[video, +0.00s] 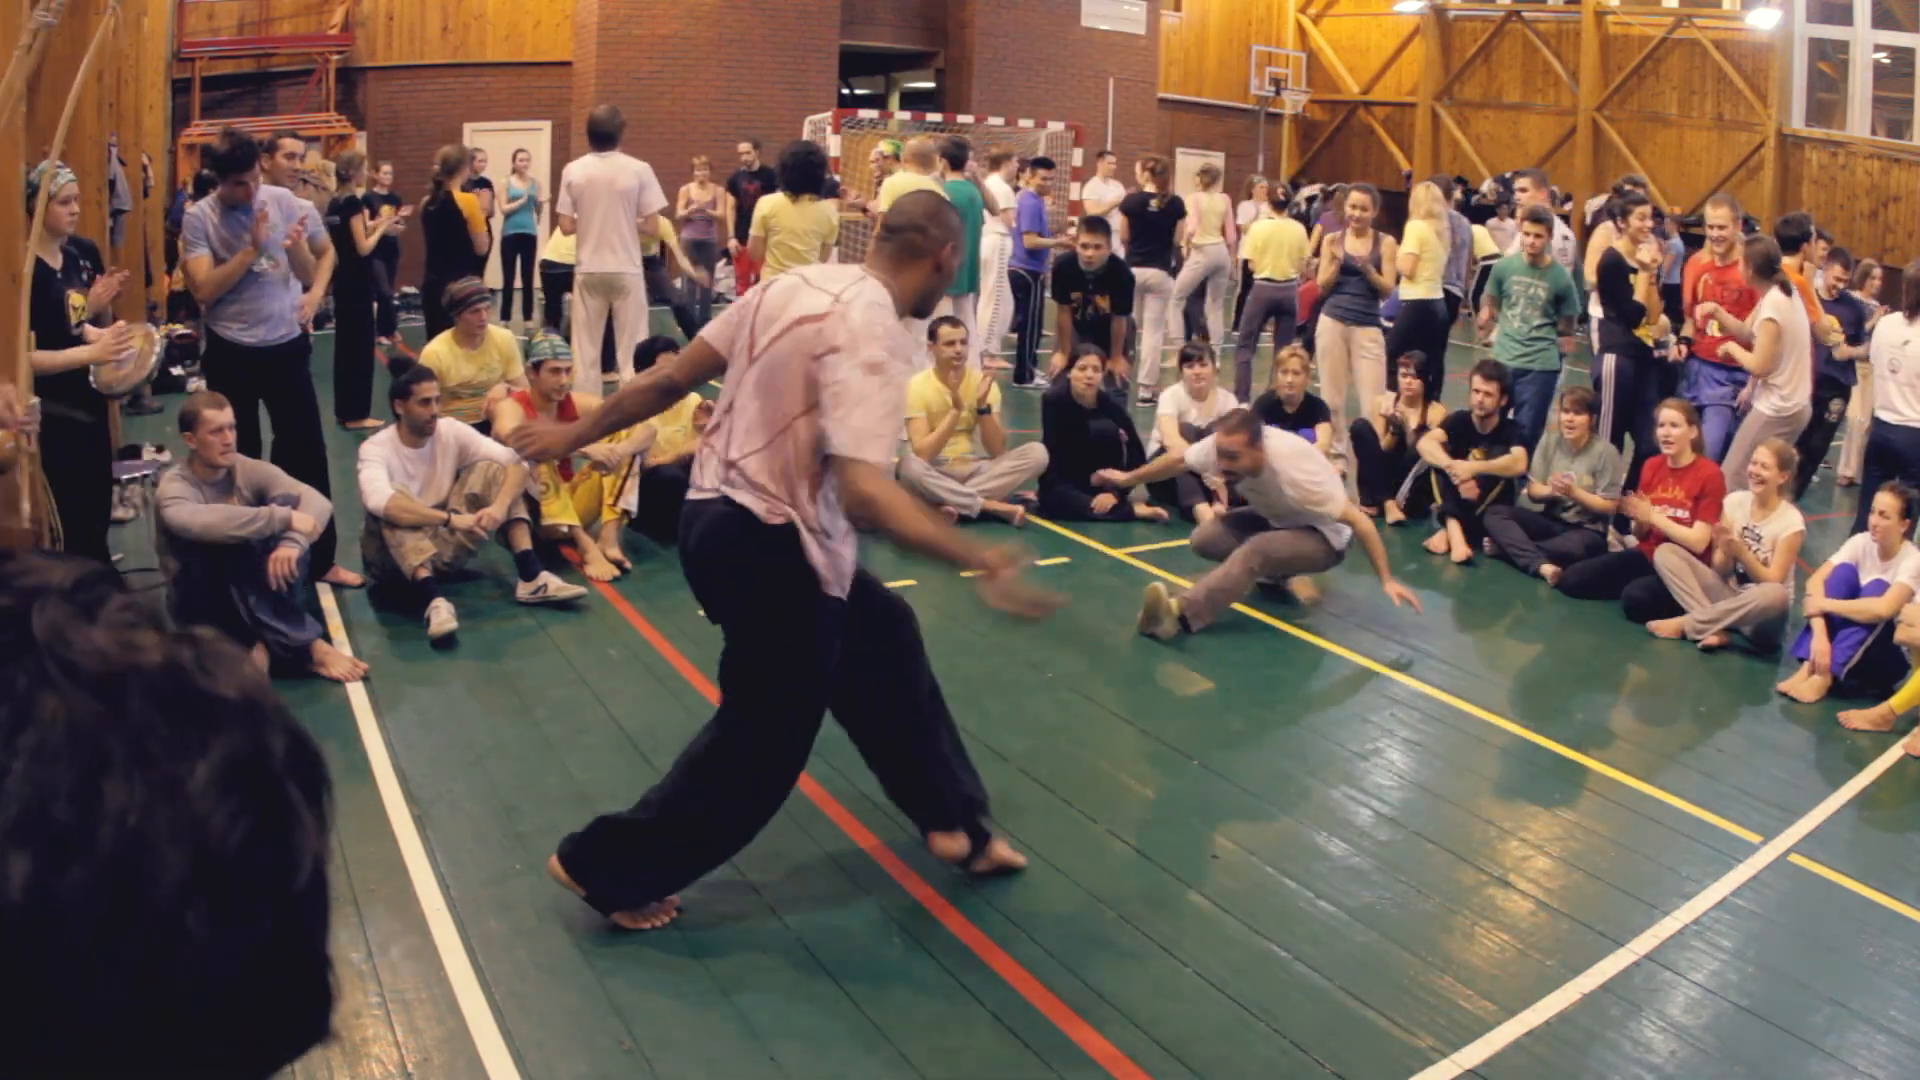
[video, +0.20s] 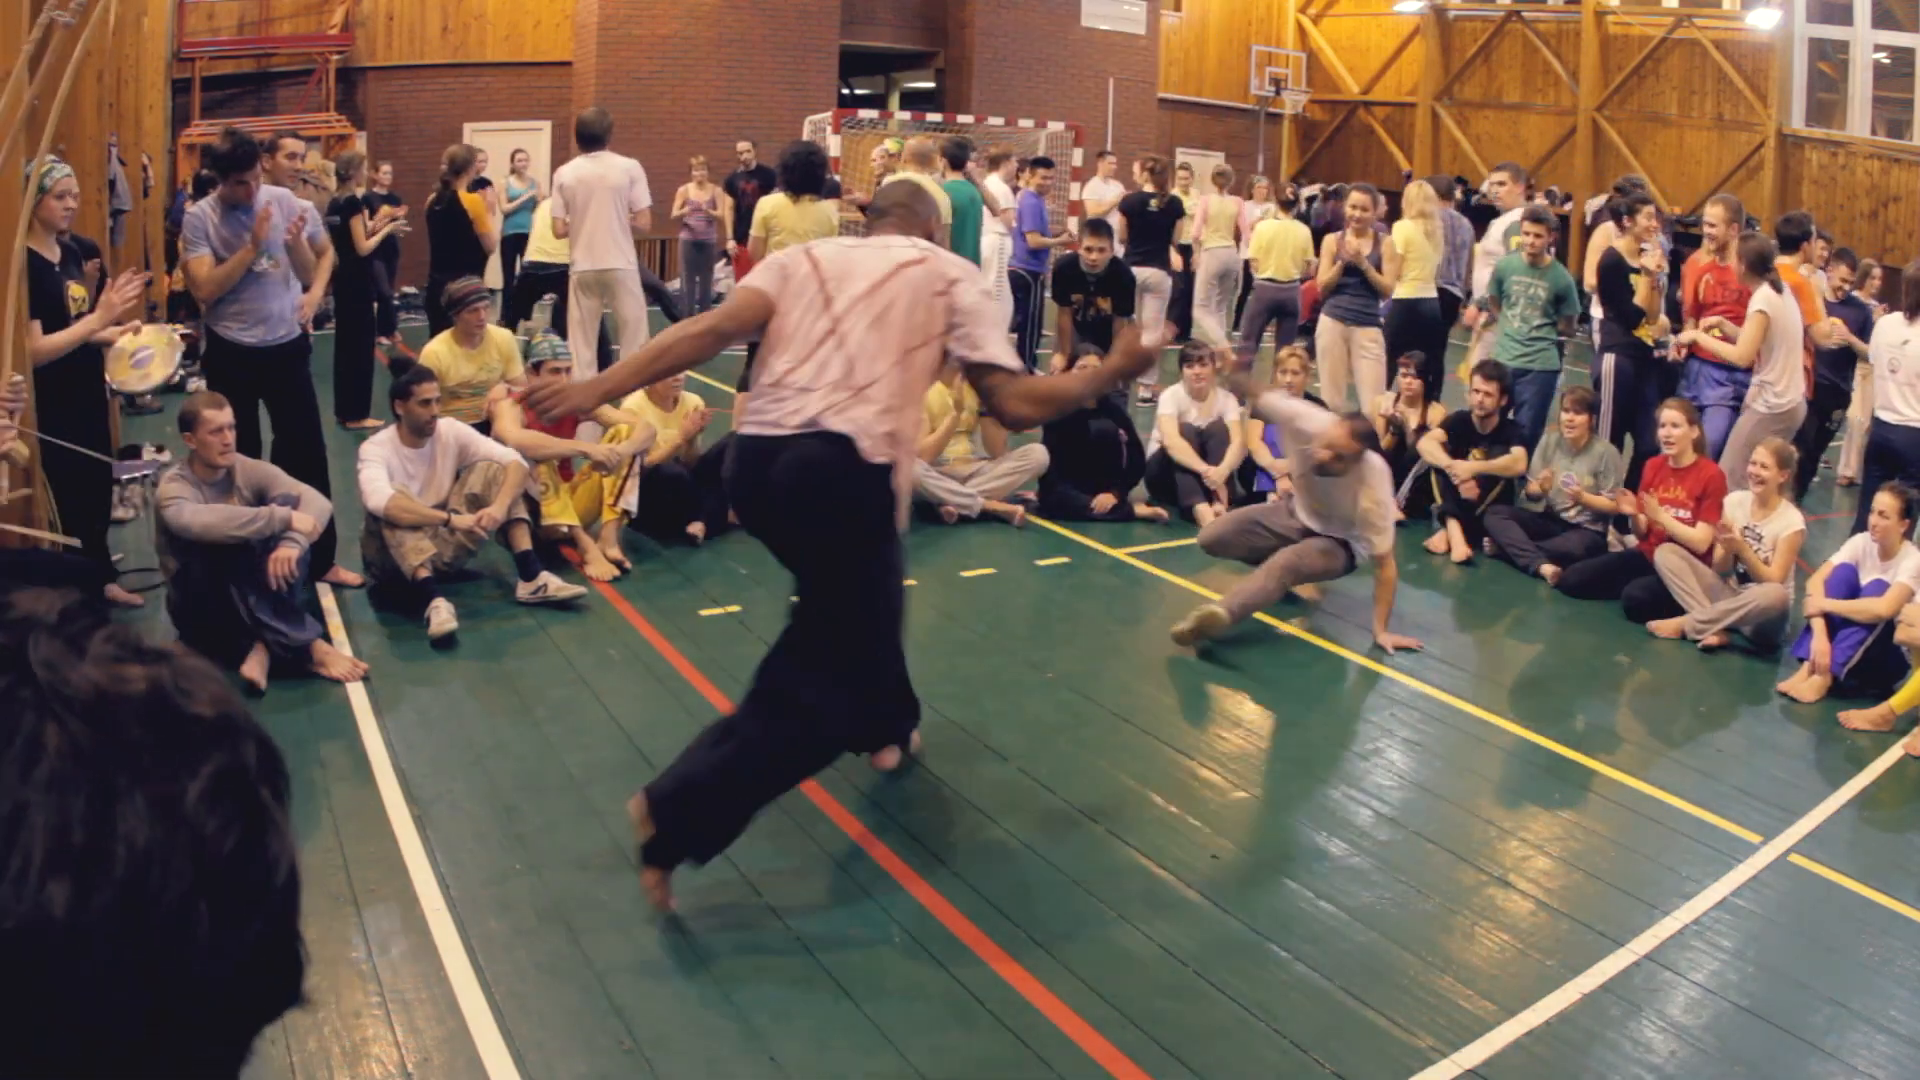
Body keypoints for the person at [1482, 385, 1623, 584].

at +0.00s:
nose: (1569, 419)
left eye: (1577, 414)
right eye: (1565, 412)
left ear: (1591, 419)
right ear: (1558, 414)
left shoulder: (1606, 452)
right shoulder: (1549, 441)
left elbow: (1611, 506)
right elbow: (1533, 490)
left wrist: (1574, 492)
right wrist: (1551, 489)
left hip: (1584, 529)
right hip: (1547, 519)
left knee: (1574, 548)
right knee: (1494, 514)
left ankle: (1510, 550)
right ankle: (1539, 566)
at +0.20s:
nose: (1569, 419)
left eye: (1577, 413)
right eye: (1565, 411)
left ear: (1591, 419)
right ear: (1559, 414)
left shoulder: (1606, 453)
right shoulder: (1549, 441)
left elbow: (1614, 506)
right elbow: (1529, 491)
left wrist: (1582, 497)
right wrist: (1541, 488)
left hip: (1584, 530)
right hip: (1547, 520)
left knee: (1574, 549)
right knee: (1494, 514)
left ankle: (1509, 550)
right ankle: (1539, 566)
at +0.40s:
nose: (1569, 419)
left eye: (1578, 413)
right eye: (1565, 411)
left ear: (1591, 419)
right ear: (1559, 414)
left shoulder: (1606, 452)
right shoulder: (1549, 441)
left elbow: (1611, 506)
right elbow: (1533, 490)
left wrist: (1574, 494)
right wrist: (1554, 491)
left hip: (1585, 525)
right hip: (1545, 517)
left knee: (1570, 549)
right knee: (1499, 522)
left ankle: (1507, 549)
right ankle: (1539, 565)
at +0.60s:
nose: (1569, 419)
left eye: (1577, 414)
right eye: (1565, 412)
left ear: (1591, 420)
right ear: (1559, 414)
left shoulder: (1607, 452)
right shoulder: (1549, 441)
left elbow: (1618, 505)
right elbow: (1531, 495)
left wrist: (1591, 500)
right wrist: (1534, 486)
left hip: (1585, 529)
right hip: (1549, 518)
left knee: (1574, 548)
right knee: (1495, 512)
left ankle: (1513, 550)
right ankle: (1539, 566)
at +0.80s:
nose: (1572, 419)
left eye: (1580, 414)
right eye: (1567, 412)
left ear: (1593, 419)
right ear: (1560, 415)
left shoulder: (1607, 452)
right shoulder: (1549, 441)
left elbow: (1609, 505)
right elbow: (1534, 489)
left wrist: (1574, 490)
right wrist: (1553, 491)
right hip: (1551, 516)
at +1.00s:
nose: (1572, 420)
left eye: (1580, 414)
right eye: (1568, 412)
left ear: (1594, 420)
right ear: (1561, 414)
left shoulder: (1607, 452)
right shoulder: (1550, 440)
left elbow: (1615, 504)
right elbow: (1532, 494)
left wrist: (1586, 497)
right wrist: (1541, 487)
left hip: (1583, 522)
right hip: (1546, 514)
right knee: (1494, 513)